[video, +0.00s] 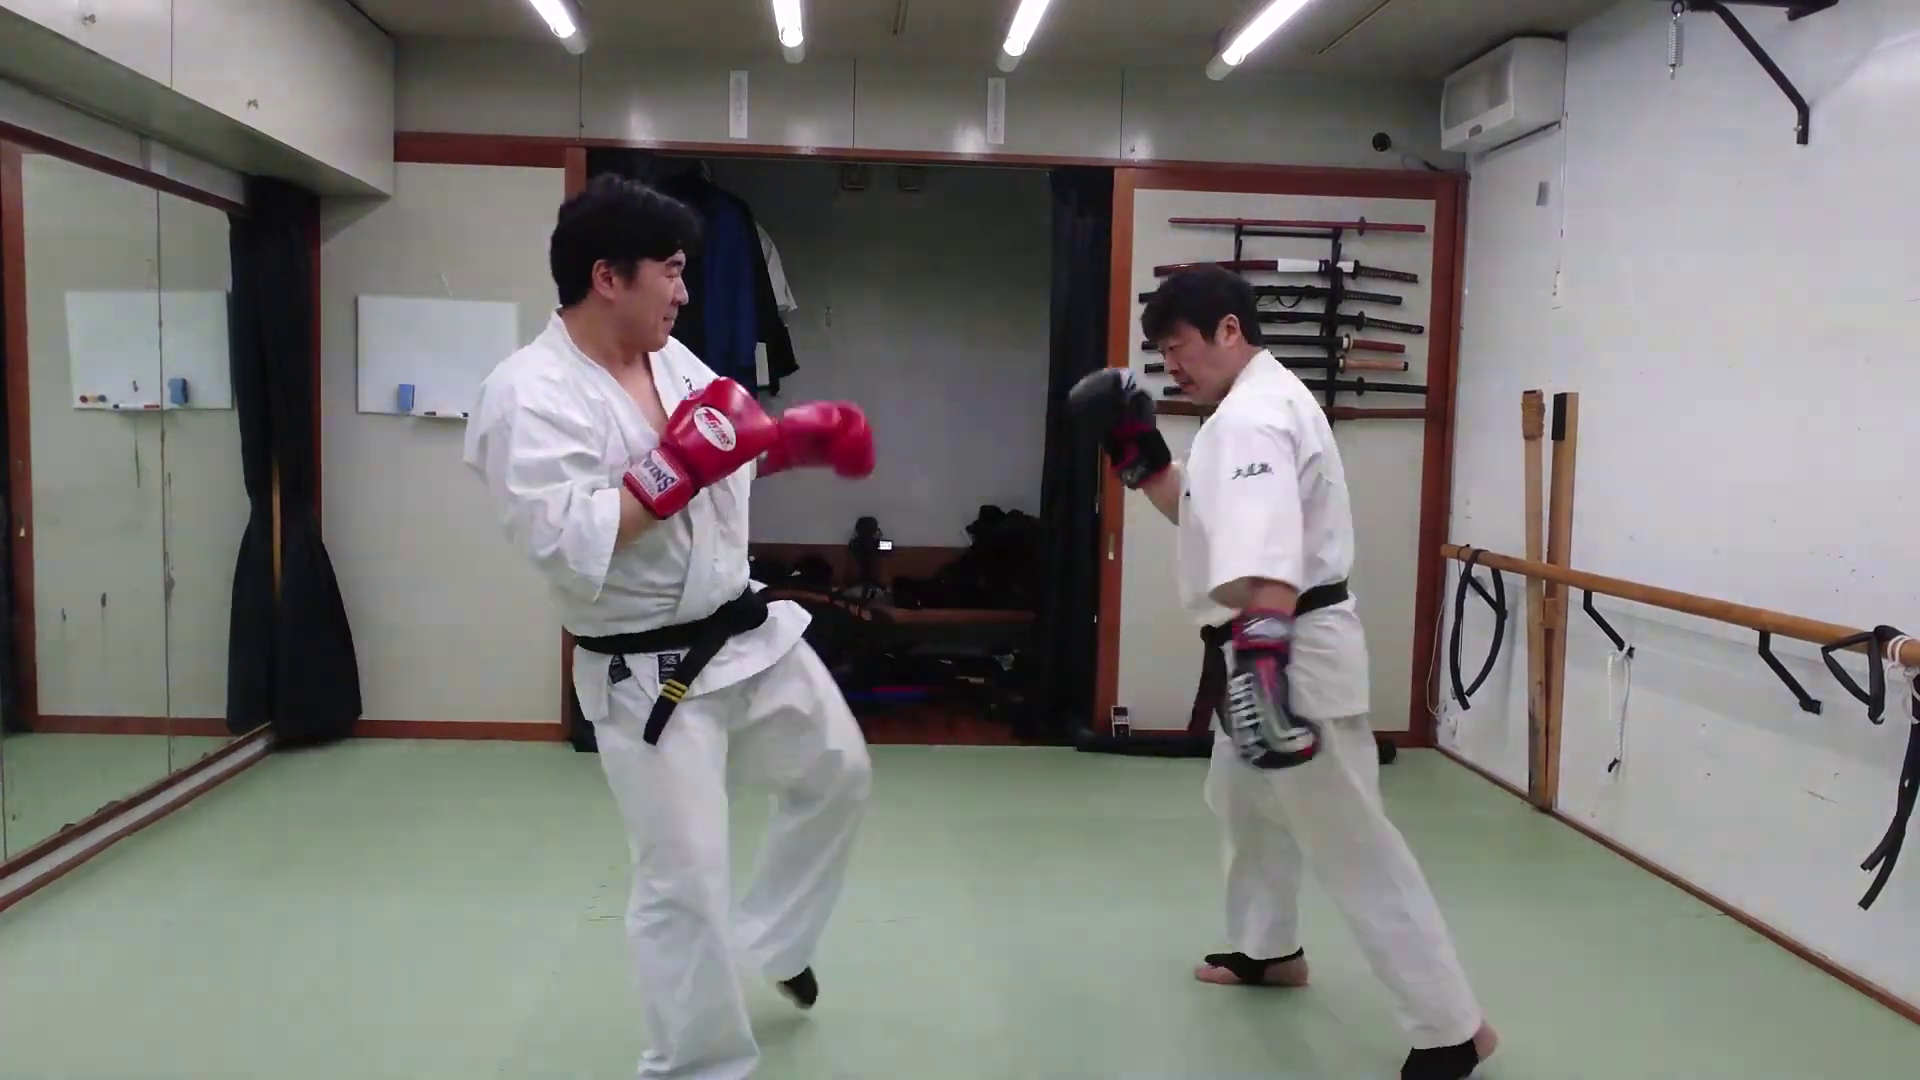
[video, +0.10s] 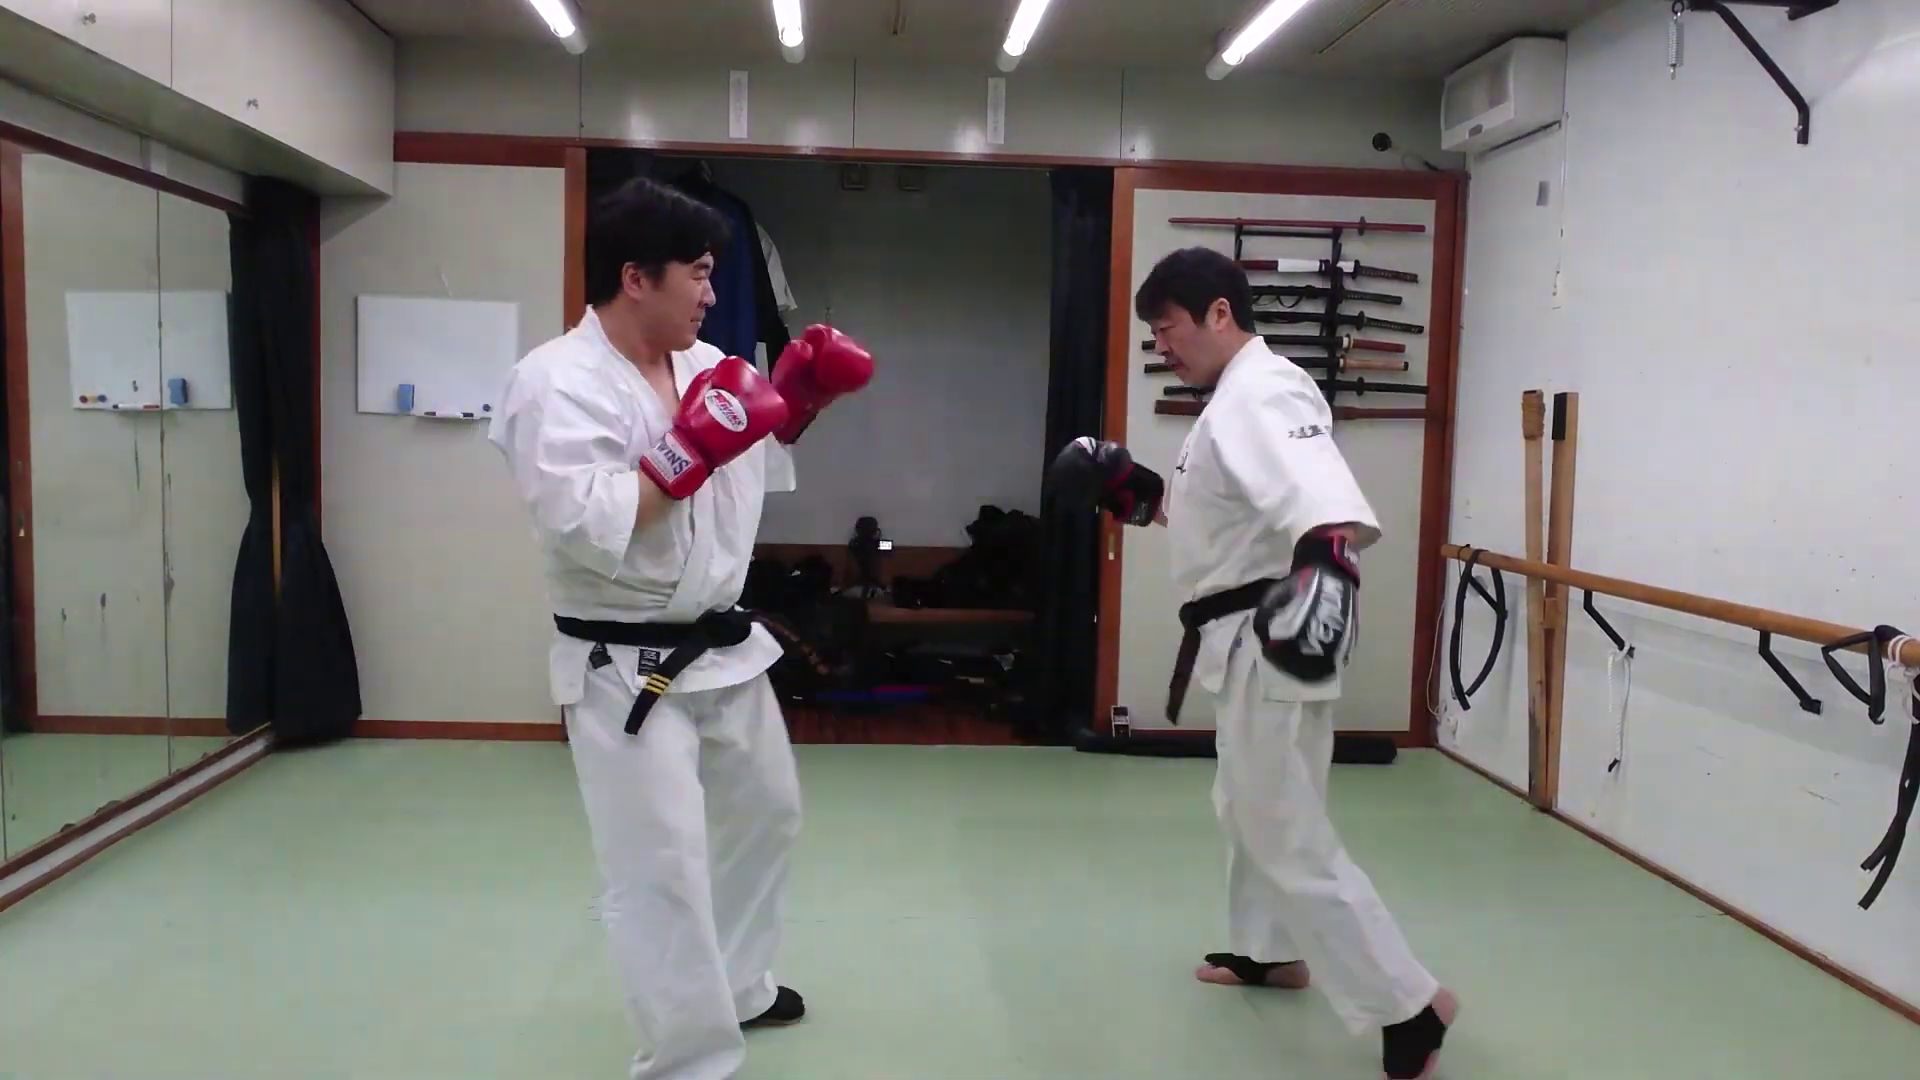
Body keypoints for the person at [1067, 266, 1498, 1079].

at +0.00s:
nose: (1168, 365)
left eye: (1176, 346)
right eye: (1161, 351)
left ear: (1228, 333)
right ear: (1225, 340)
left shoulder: (1257, 414)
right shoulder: (1241, 407)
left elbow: (1273, 557)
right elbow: (1211, 526)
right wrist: (1141, 459)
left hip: (1297, 644)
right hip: (1256, 639)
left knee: (1349, 837)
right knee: (1240, 797)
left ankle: (1451, 1027)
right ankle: (1268, 948)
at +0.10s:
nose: (1160, 350)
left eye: (1167, 331)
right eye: (1155, 335)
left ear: (1219, 315)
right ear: (1218, 322)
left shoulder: (1254, 393)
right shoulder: (1238, 394)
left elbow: (1314, 482)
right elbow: (1218, 514)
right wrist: (1143, 490)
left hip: (1273, 636)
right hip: (1245, 636)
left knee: (1277, 825)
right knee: (1247, 802)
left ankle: (1406, 1003)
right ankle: (1273, 952)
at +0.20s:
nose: (1147, 344)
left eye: (1156, 325)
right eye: (1142, 328)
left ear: (1211, 316)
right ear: (1199, 324)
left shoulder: (1269, 390)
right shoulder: (1195, 412)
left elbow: (1337, 491)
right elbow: (1154, 517)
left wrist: (1250, 479)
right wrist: (1095, 466)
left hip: (1265, 631)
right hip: (1217, 634)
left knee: (1231, 820)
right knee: (1258, 807)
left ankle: (1320, 1012)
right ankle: (1272, 953)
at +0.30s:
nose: (1143, 346)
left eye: (1149, 327)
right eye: (1135, 332)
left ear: (1201, 310)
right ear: (1172, 327)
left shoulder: (1266, 384)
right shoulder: (1168, 400)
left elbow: (1275, 496)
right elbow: (1104, 491)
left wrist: (1208, 421)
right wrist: (1067, 437)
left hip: (1249, 622)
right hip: (1192, 626)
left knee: (1211, 821)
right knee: (1237, 803)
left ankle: (1234, 1023)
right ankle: (1277, 947)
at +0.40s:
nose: (1124, 334)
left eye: (1132, 315)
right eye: (1120, 319)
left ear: (1184, 301)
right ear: (1177, 308)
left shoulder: (1232, 381)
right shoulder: (1178, 387)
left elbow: (1148, 486)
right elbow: (1132, 490)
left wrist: (1064, 451)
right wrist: (1062, 472)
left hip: (1228, 623)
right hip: (1180, 625)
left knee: (1238, 825)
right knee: (1133, 783)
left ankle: (1324, 1000)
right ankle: (1212, 929)